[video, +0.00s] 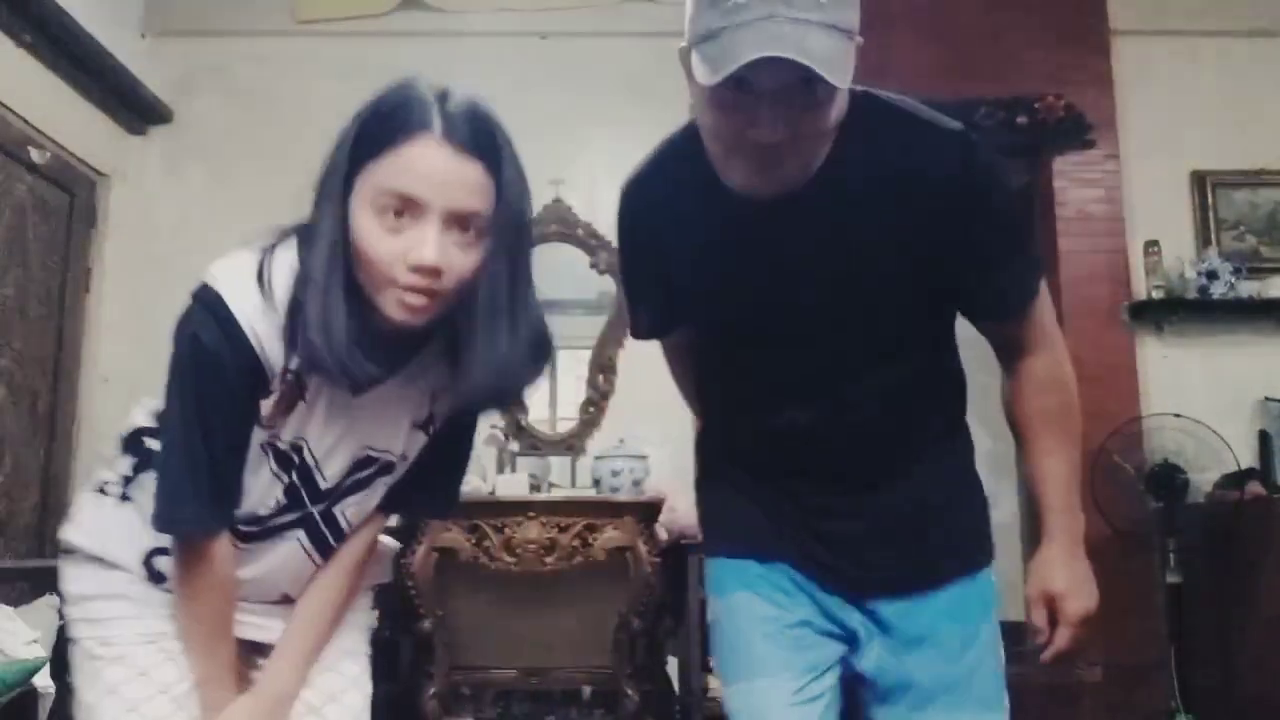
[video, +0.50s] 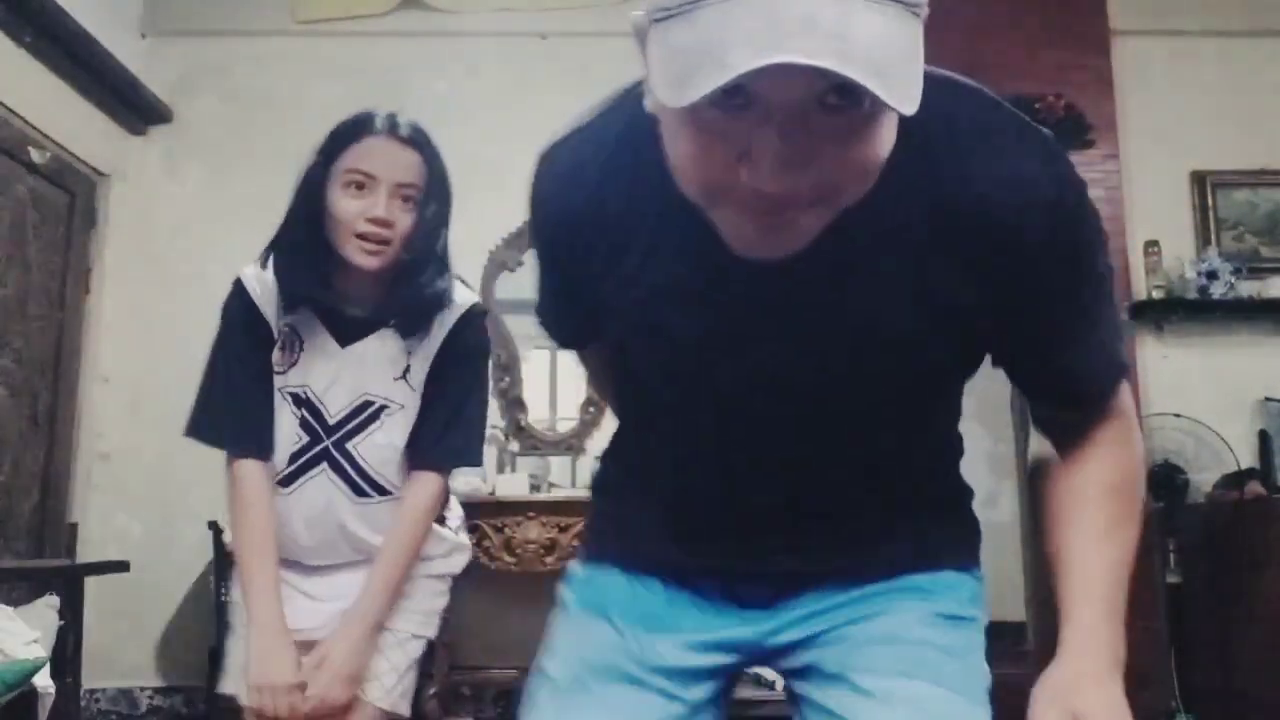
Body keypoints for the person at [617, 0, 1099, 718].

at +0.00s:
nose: (768, 121)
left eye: (798, 90)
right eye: (741, 88)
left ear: (844, 67)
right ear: (694, 68)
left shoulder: (940, 167)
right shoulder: (659, 201)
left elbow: (1033, 350)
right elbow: (697, 378)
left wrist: (1062, 539)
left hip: (930, 546)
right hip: (761, 551)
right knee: (771, 706)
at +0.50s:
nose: (779, 161)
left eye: (835, 103)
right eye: (731, 99)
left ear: (896, 87)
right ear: (656, 79)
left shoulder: (1003, 186)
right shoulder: (585, 186)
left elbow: (1094, 422)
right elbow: (616, 379)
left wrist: (1090, 664)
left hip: (896, 585)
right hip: (645, 577)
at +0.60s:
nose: (753, 185)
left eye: (821, 117)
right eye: (701, 113)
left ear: (895, 101)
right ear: (627, 88)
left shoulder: (1005, 205)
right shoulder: (554, 201)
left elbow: (1096, 445)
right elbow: (600, 392)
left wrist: (1097, 664)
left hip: (886, 593)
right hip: (617, 568)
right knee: (472, 709)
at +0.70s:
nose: (727, 239)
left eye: (798, 162)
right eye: (674, 157)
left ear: (880, 149)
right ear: (596, 131)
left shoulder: (995, 245)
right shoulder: (525, 240)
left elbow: (1095, 497)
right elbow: (475, 425)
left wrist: (1102, 679)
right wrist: (416, 614)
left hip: (872, 624)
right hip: (583, 601)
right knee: (381, 710)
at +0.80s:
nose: (698, 340)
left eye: (769, 265)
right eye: (641, 264)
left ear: (852, 246)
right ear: (552, 244)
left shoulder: (988, 369)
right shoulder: (480, 347)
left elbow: (1105, 626)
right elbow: (459, 498)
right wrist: (423, 632)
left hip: (851, 691)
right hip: (561, 685)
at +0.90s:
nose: (680, 489)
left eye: (755, 411)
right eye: (610, 411)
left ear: (834, 396)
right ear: (504, 390)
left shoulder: (976, 535)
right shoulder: (428, 514)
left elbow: (1093, 711)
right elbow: (386, 664)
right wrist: (378, 695)